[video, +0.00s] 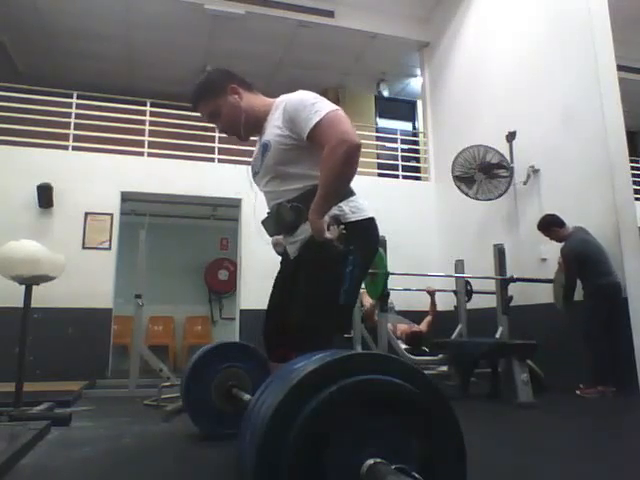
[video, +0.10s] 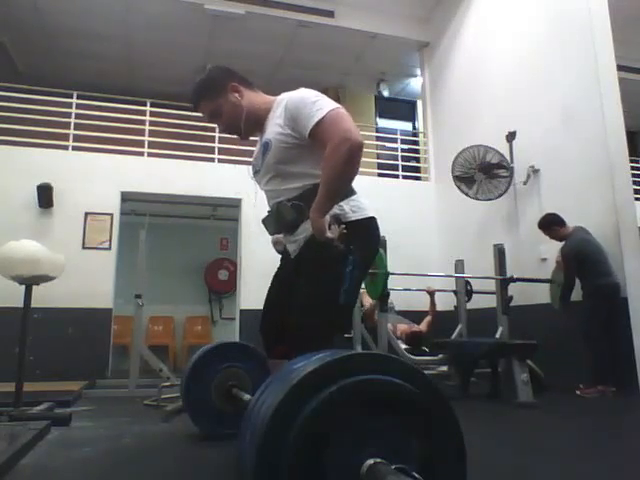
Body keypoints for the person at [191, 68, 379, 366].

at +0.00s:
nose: (219, 129)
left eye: (216, 116)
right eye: (212, 123)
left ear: (235, 93)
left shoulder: (294, 104)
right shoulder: (260, 157)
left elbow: (345, 143)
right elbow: (291, 198)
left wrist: (317, 214)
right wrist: (281, 234)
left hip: (339, 234)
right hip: (304, 247)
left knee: (310, 340)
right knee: (277, 339)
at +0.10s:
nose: (220, 128)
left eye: (217, 115)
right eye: (214, 122)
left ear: (236, 92)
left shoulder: (296, 102)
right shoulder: (261, 155)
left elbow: (347, 142)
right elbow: (292, 197)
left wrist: (318, 213)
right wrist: (281, 233)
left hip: (340, 232)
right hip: (303, 247)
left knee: (310, 337)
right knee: (274, 332)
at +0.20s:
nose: (220, 128)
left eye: (217, 116)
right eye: (213, 123)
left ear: (235, 93)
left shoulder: (295, 103)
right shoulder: (260, 155)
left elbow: (345, 143)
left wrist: (315, 215)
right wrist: (281, 233)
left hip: (337, 235)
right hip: (302, 247)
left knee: (311, 339)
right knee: (276, 334)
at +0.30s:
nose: (219, 135)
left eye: (215, 122)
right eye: (211, 129)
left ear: (232, 98)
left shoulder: (292, 107)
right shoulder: (256, 159)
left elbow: (342, 147)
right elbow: (286, 200)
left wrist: (311, 218)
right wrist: (277, 235)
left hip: (333, 236)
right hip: (299, 249)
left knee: (309, 340)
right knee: (277, 341)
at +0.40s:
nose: (216, 142)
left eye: (211, 130)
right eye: (208, 136)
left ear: (228, 105)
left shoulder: (287, 112)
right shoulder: (253, 164)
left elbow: (336, 152)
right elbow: (284, 204)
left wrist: (307, 220)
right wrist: (274, 239)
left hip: (331, 239)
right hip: (296, 251)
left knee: (302, 338)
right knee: (273, 337)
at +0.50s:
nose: (212, 146)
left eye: (208, 135)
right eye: (205, 141)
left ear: (223, 110)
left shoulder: (283, 115)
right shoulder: (250, 166)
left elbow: (332, 154)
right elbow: (279, 206)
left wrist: (303, 220)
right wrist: (271, 240)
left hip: (330, 237)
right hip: (295, 251)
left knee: (303, 336)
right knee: (271, 336)